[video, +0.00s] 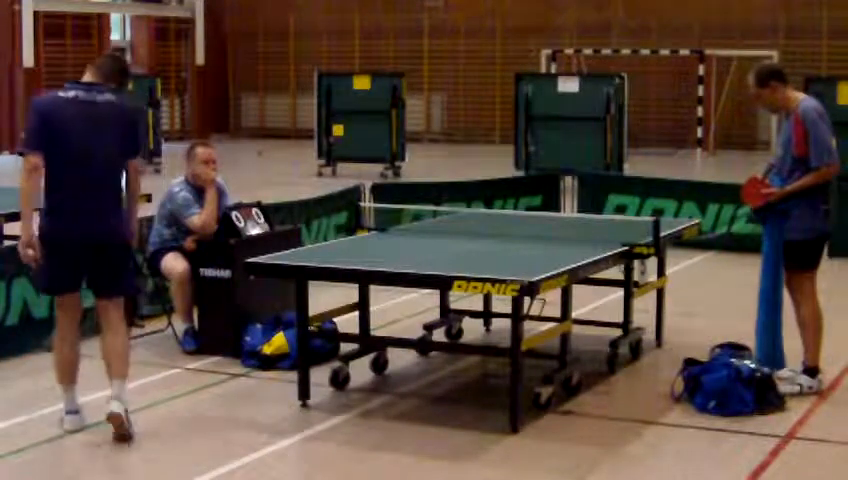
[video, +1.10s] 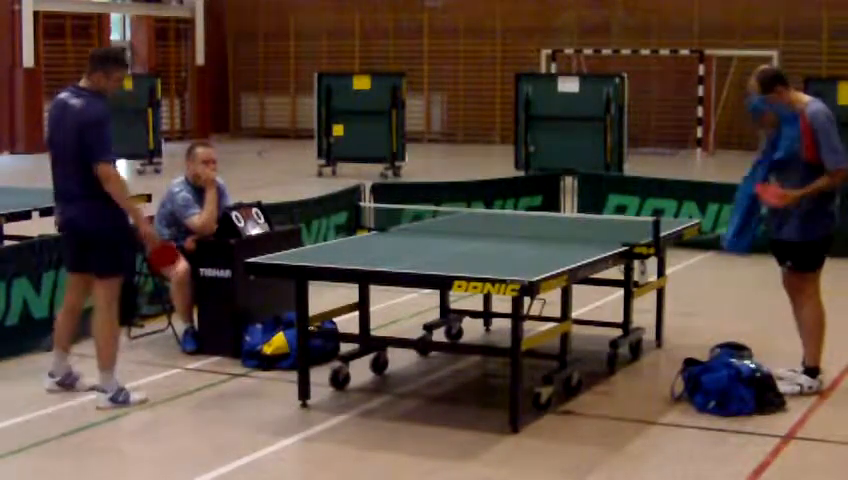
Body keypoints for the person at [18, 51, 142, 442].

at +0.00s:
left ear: (87, 70)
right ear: (118, 84)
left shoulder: (47, 105)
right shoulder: (124, 111)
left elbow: (33, 166)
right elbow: (135, 172)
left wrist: (27, 229)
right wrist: (132, 220)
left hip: (61, 228)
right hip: (109, 228)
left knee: (66, 315)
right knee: (113, 314)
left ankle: (71, 407)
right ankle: (118, 399)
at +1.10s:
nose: (120, 86)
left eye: (121, 80)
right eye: (117, 79)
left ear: (90, 72)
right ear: (102, 75)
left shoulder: (60, 103)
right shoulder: (96, 111)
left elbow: (60, 159)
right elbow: (106, 172)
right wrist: (137, 215)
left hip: (71, 215)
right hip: (102, 217)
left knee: (75, 293)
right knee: (107, 299)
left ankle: (59, 370)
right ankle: (110, 385)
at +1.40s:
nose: (99, 82)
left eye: (101, 76)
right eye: (94, 76)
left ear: (94, 78)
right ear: (74, 73)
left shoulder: (82, 108)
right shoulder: (59, 109)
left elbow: (85, 164)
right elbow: (46, 166)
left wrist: (101, 202)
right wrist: (82, 209)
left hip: (84, 208)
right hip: (79, 213)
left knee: (66, 284)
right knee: (100, 290)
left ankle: (58, 369)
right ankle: (106, 380)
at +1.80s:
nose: (73, 78)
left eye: (75, 72)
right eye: (66, 72)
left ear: (75, 75)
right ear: (45, 75)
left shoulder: (79, 110)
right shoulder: (25, 112)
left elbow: (92, 161)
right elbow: (6, 163)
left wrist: (106, 207)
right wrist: (30, 203)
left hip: (76, 212)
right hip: (47, 213)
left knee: (64, 285)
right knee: (55, 286)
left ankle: (60, 369)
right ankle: (52, 381)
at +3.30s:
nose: (102, 72)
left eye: (102, 65)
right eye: (96, 64)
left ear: (88, 68)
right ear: (73, 64)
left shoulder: (99, 112)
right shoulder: (36, 114)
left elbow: (110, 163)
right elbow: (22, 174)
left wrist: (121, 179)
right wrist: (64, 201)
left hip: (98, 228)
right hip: (58, 232)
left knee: (92, 308)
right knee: (59, 307)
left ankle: (80, 406)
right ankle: (36, 380)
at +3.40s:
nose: (109, 70)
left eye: (109, 64)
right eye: (103, 62)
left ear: (98, 66)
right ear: (80, 63)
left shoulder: (104, 109)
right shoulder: (49, 111)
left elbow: (118, 160)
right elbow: (48, 177)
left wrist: (121, 166)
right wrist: (110, 187)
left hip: (106, 227)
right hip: (70, 231)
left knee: (96, 312)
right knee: (79, 312)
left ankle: (81, 405)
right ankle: (55, 401)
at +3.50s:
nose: (114, 72)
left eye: (114, 64)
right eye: (109, 63)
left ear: (101, 66)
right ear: (87, 64)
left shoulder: (107, 108)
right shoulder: (61, 114)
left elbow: (130, 166)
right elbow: (71, 177)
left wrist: (123, 153)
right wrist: (134, 175)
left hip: (111, 228)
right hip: (82, 232)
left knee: (100, 317)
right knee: (95, 316)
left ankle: (84, 405)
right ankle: (84, 408)